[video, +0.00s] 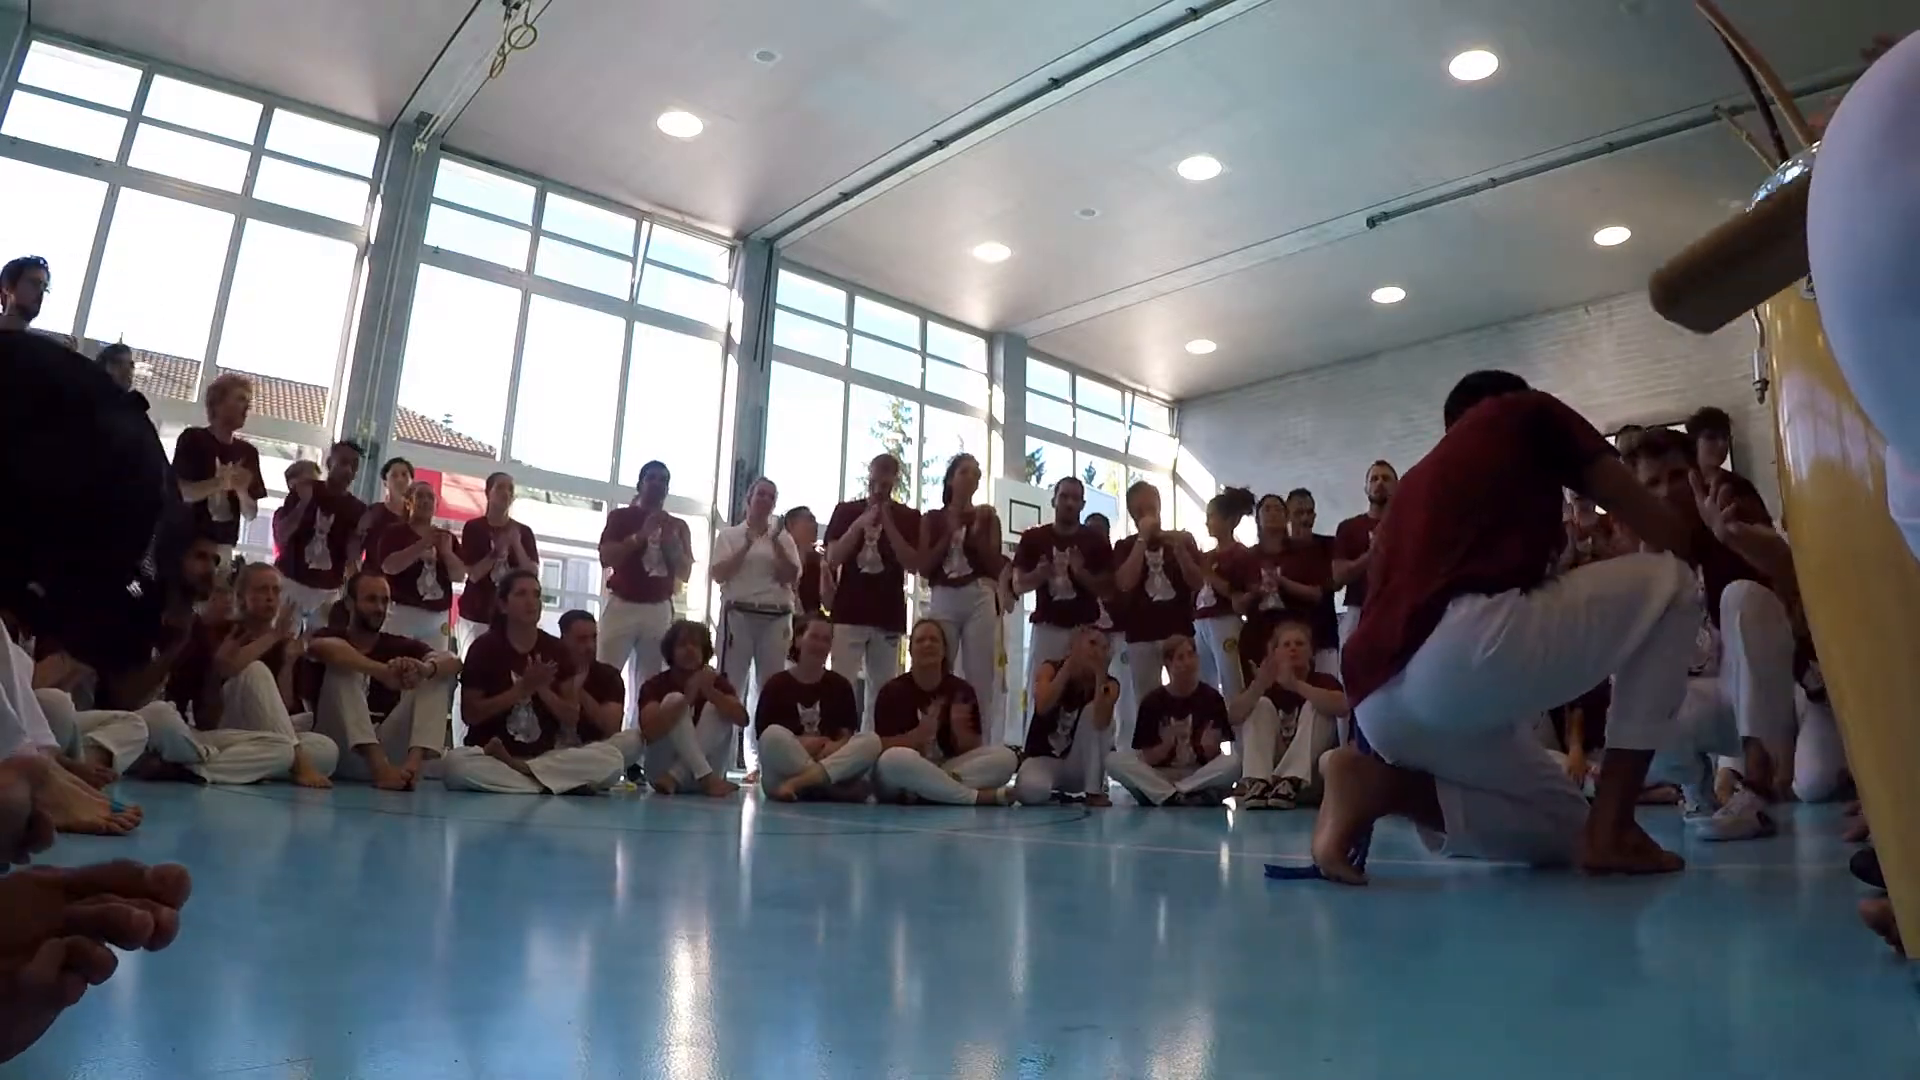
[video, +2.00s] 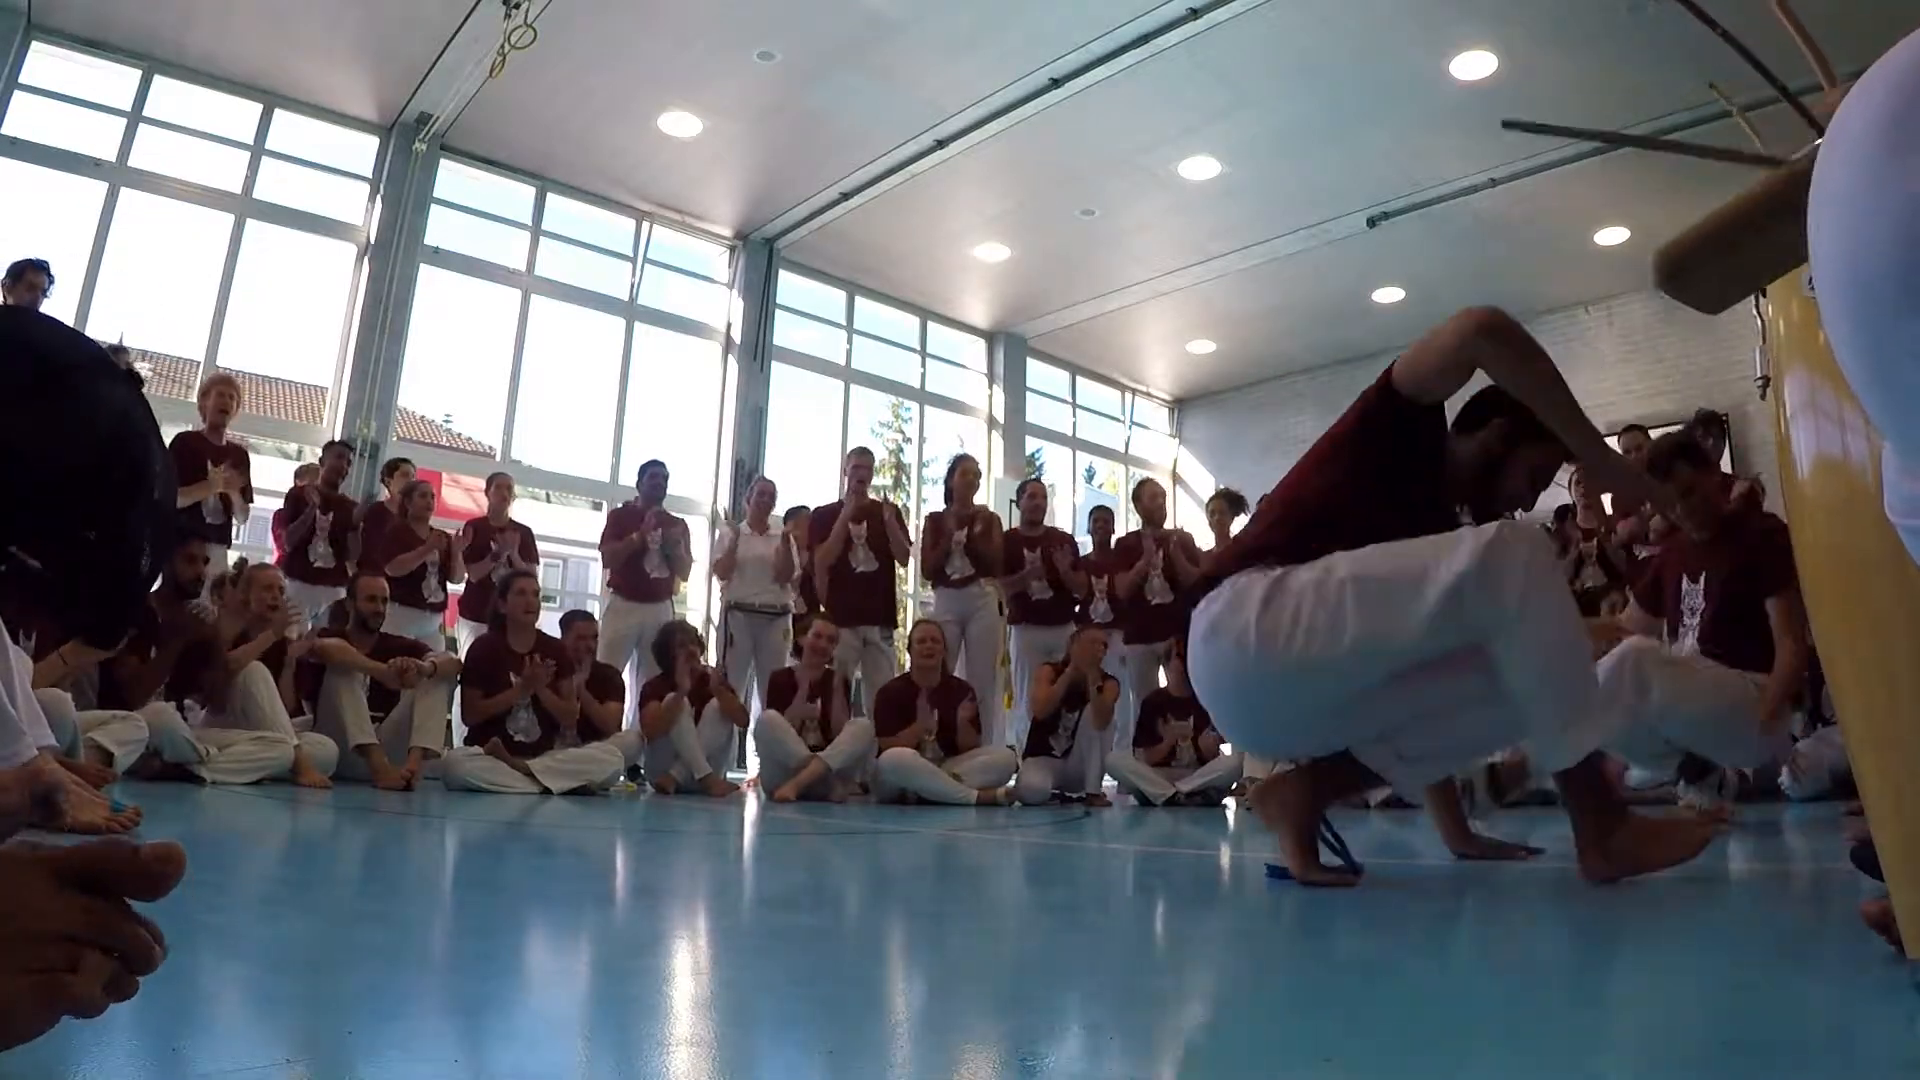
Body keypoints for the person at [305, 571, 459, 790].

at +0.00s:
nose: (380, 608)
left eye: (385, 601)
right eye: (371, 600)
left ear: (390, 603)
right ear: (350, 603)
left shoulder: (393, 643)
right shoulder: (329, 636)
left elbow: (454, 662)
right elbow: (319, 648)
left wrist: (426, 668)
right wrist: (382, 671)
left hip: (386, 752)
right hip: (336, 750)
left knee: (437, 672)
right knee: (342, 663)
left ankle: (414, 762)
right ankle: (379, 765)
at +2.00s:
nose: (380, 608)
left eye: (384, 601)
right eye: (371, 600)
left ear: (389, 604)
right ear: (351, 603)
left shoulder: (395, 644)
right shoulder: (327, 637)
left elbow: (454, 663)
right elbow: (325, 649)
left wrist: (426, 667)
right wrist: (382, 672)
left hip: (386, 752)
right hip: (336, 750)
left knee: (437, 673)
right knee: (343, 664)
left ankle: (414, 764)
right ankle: (379, 766)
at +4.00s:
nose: (379, 609)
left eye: (383, 601)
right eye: (370, 601)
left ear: (389, 603)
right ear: (350, 603)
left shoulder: (393, 643)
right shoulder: (329, 637)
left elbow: (454, 662)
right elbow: (317, 649)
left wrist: (426, 667)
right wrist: (382, 671)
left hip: (388, 750)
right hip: (338, 750)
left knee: (438, 673)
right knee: (342, 660)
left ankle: (416, 761)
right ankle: (378, 764)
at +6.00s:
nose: (379, 610)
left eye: (384, 602)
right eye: (371, 602)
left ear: (389, 603)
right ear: (352, 603)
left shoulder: (393, 643)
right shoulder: (330, 637)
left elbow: (454, 662)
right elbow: (316, 649)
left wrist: (427, 666)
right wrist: (382, 671)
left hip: (387, 751)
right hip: (338, 750)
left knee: (438, 673)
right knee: (342, 662)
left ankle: (414, 764)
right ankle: (378, 764)